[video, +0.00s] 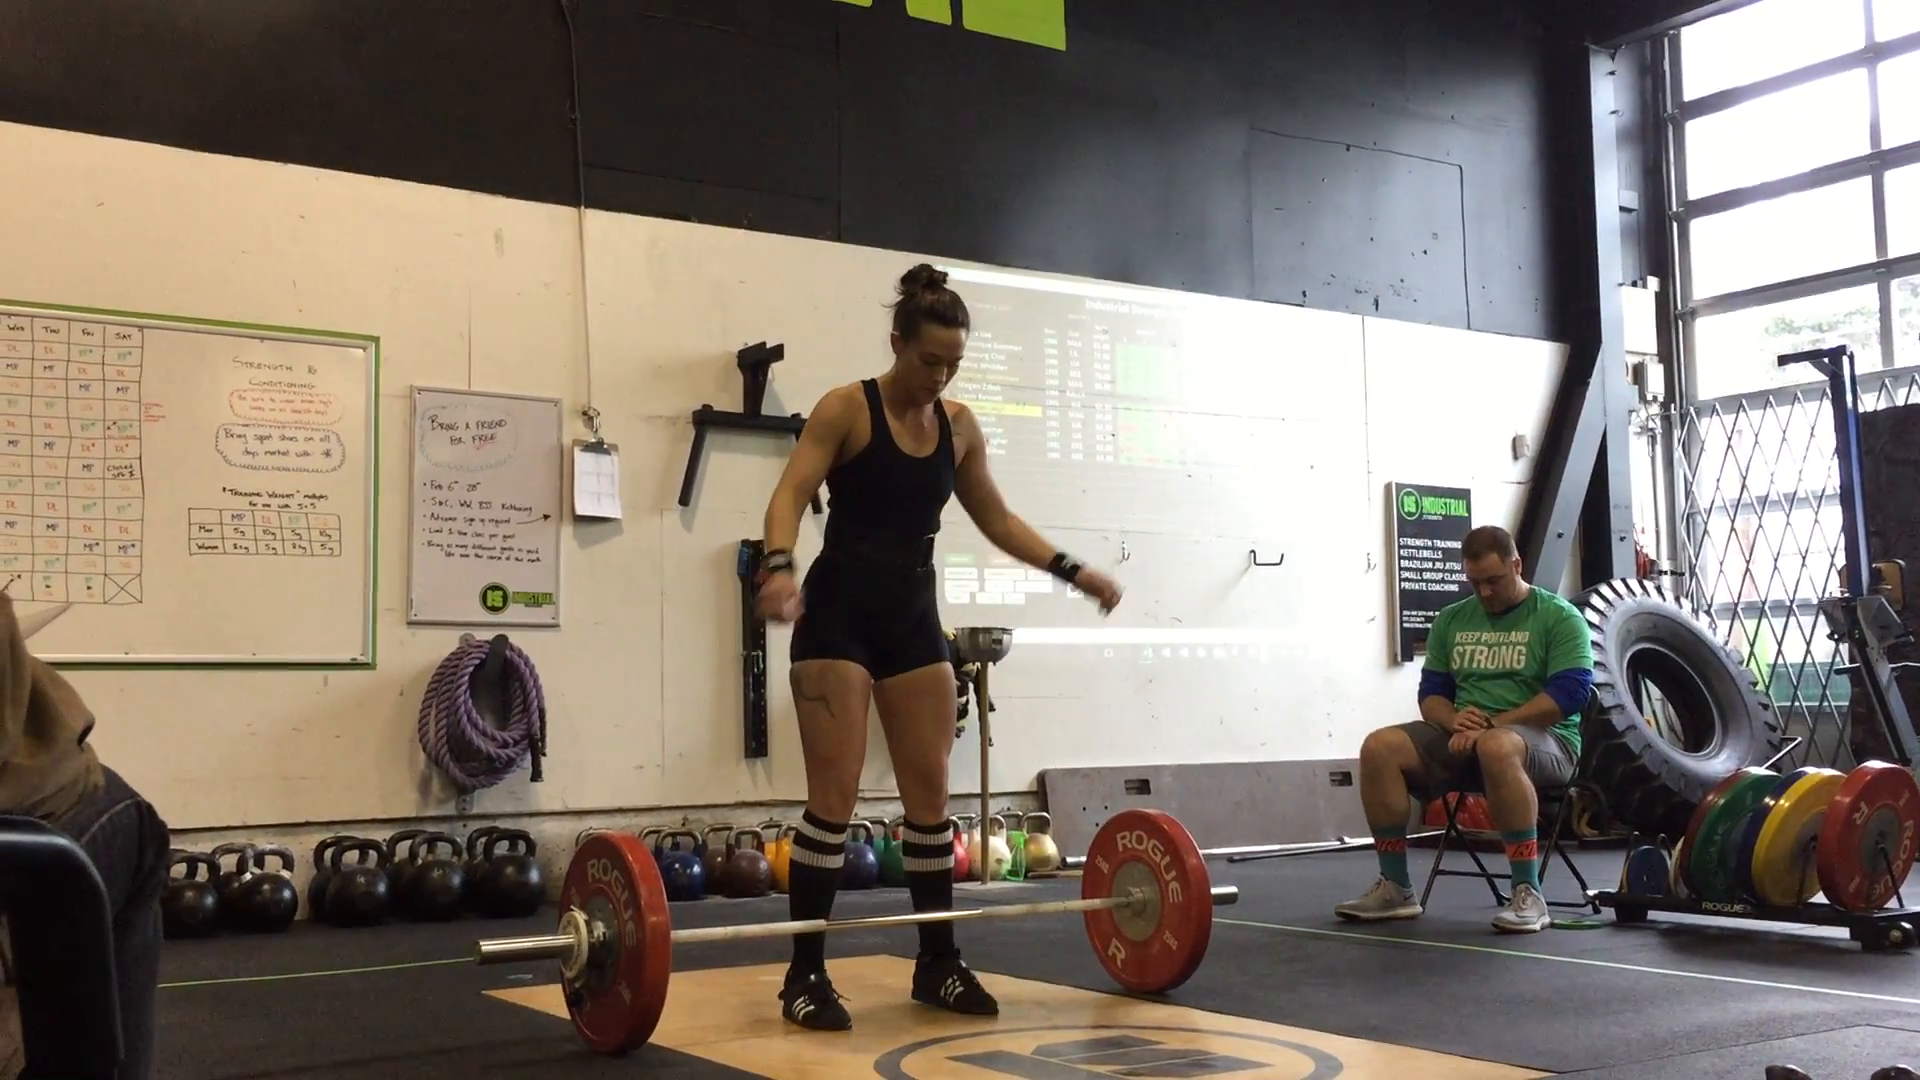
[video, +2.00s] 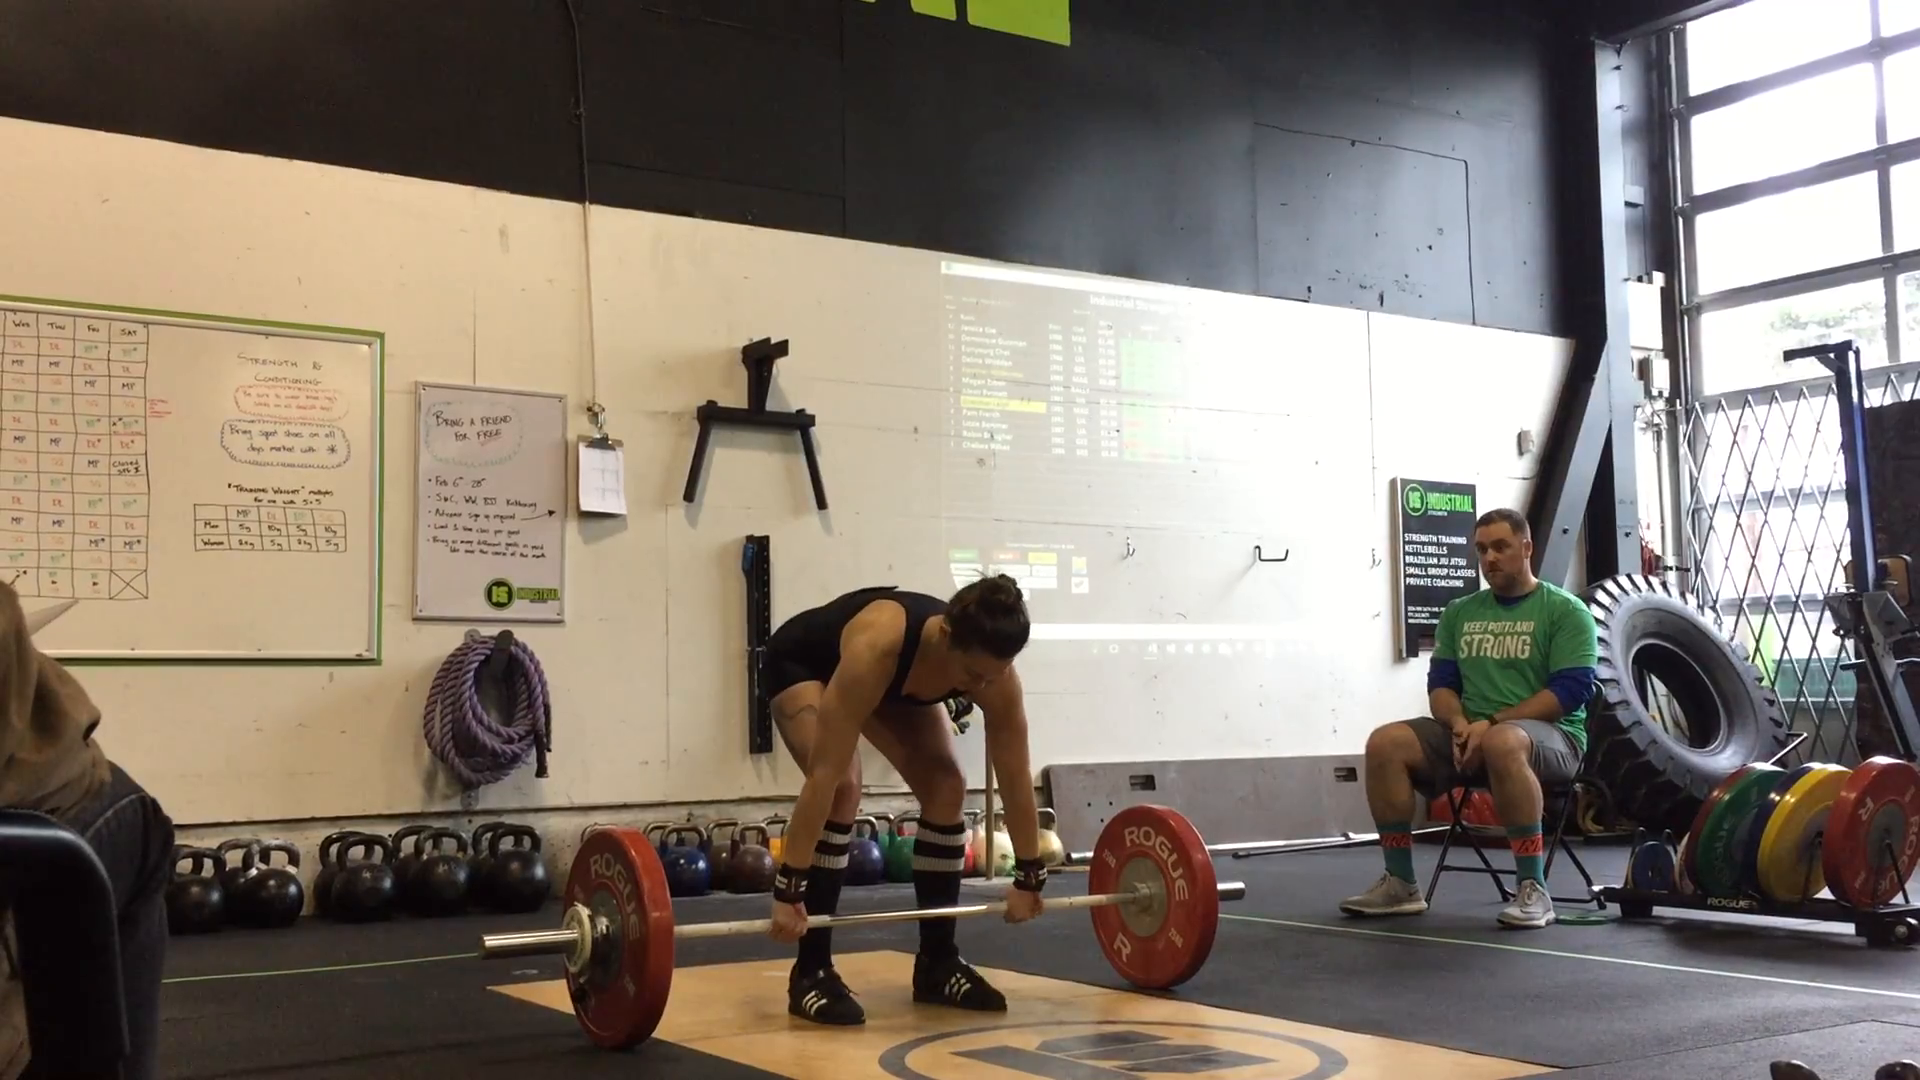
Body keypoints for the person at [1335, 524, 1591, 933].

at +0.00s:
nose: (1484, 593)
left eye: (1493, 581)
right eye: (1475, 583)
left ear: (1518, 565)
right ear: (1465, 573)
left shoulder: (1559, 616)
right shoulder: (1450, 620)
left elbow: (1571, 692)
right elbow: (1431, 695)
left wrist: (1491, 727)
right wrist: (1453, 719)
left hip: (1544, 740)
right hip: (1462, 739)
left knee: (1496, 747)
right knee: (1379, 748)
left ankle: (1527, 895)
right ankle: (1395, 888)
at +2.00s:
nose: (1490, 557)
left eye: (1500, 547)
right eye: (1482, 549)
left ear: (1527, 548)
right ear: (1476, 555)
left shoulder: (1566, 611)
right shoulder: (1459, 613)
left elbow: (1571, 690)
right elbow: (1441, 684)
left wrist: (1494, 724)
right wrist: (1458, 721)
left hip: (1550, 735)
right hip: (1470, 735)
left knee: (1503, 743)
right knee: (1384, 744)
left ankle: (1532, 890)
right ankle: (1400, 884)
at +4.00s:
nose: (1499, 556)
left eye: (1510, 547)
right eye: (1492, 548)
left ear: (1538, 551)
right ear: (1486, 554)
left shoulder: (1573, 613)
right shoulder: (1465, 615)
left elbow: (1571, 694)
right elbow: (1449, 688)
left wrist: (1497, 732)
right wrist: (1464, 726)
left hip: (1556, 738)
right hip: (1477, 738)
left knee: (1511, 743)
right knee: (1390, 745)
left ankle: (1539, 893)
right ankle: (1407, 886)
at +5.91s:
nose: (1498, 562)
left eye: (1510, 552)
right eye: (1492, 554)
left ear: (1537, 557)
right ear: (1486, 561)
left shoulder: (1572, 622)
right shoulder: (1465, 625)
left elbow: (1571, 703)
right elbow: (1448, 698)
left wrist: (1497, 740)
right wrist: (1463, 734)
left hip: (1555, 746)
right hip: (1475, 746)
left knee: (1510, 752)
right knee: (1388, 754)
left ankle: (1537, 902)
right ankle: (1405, 894)